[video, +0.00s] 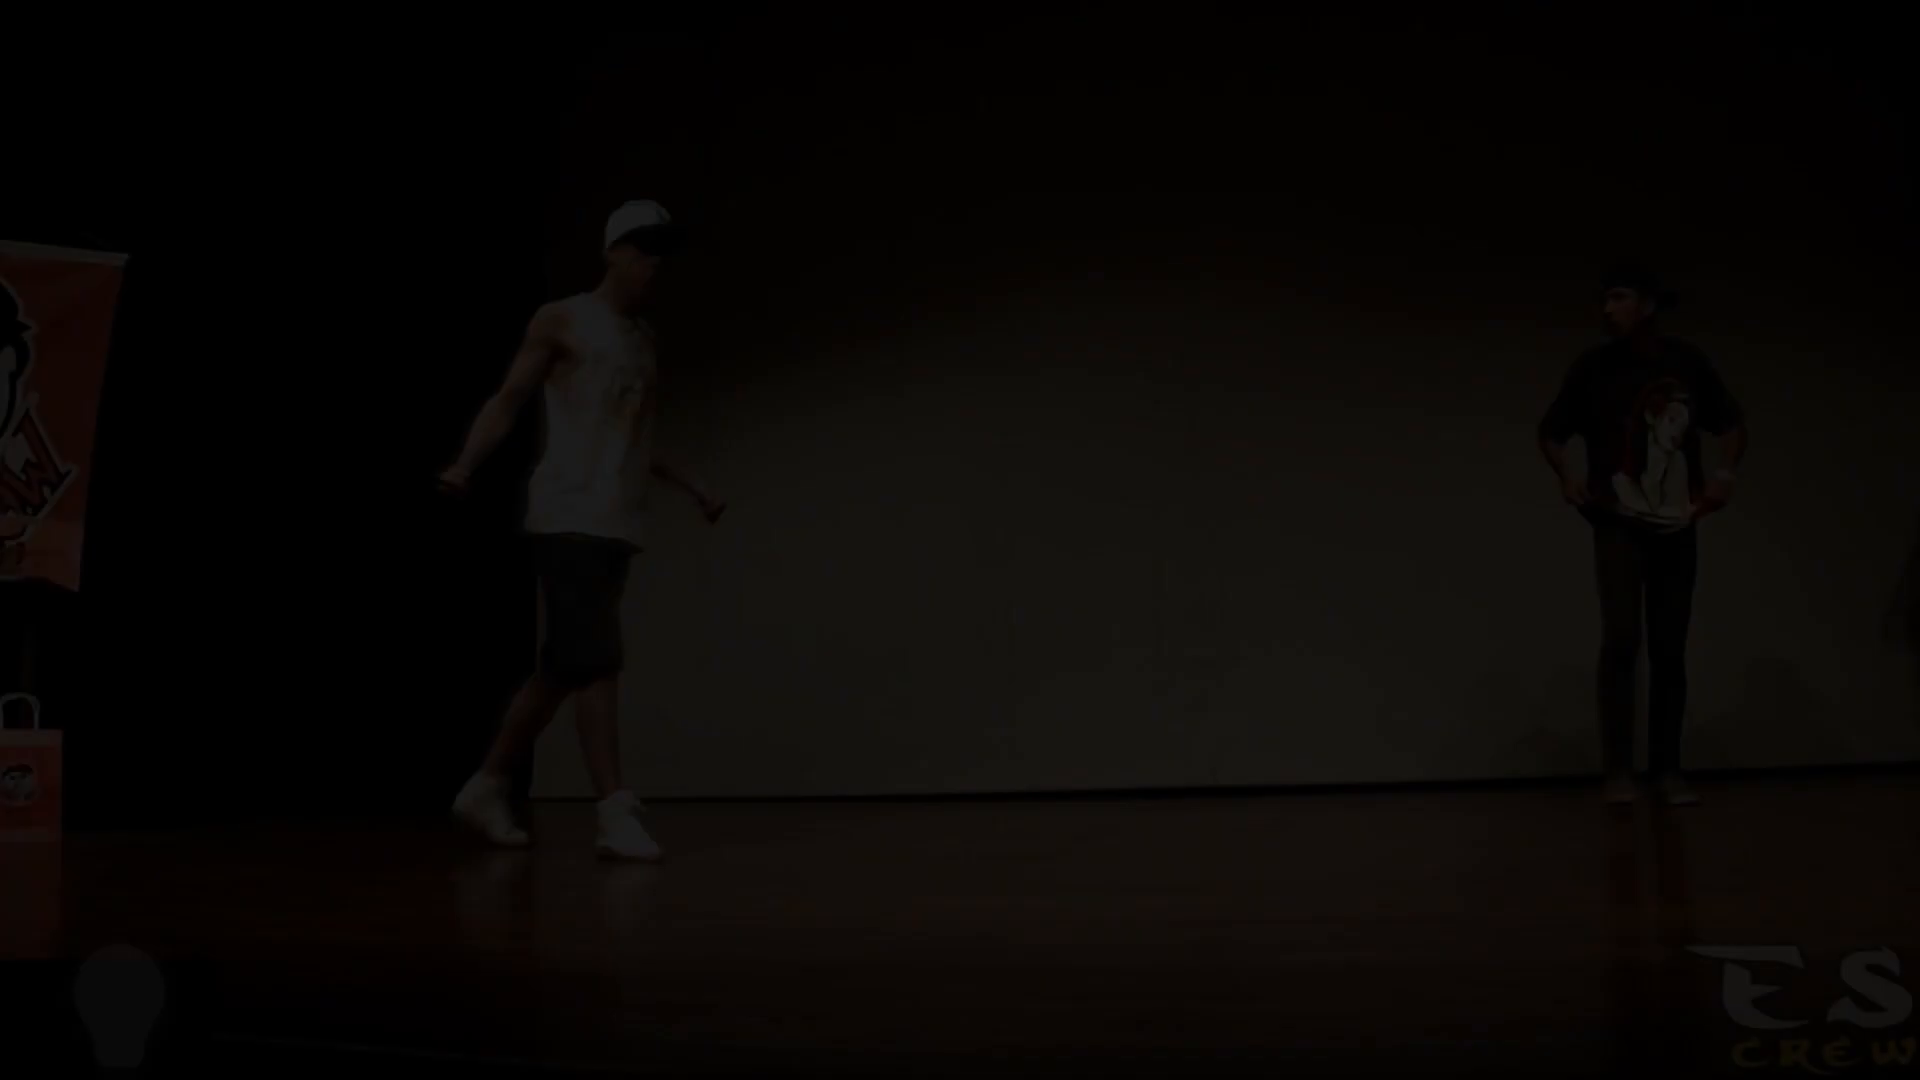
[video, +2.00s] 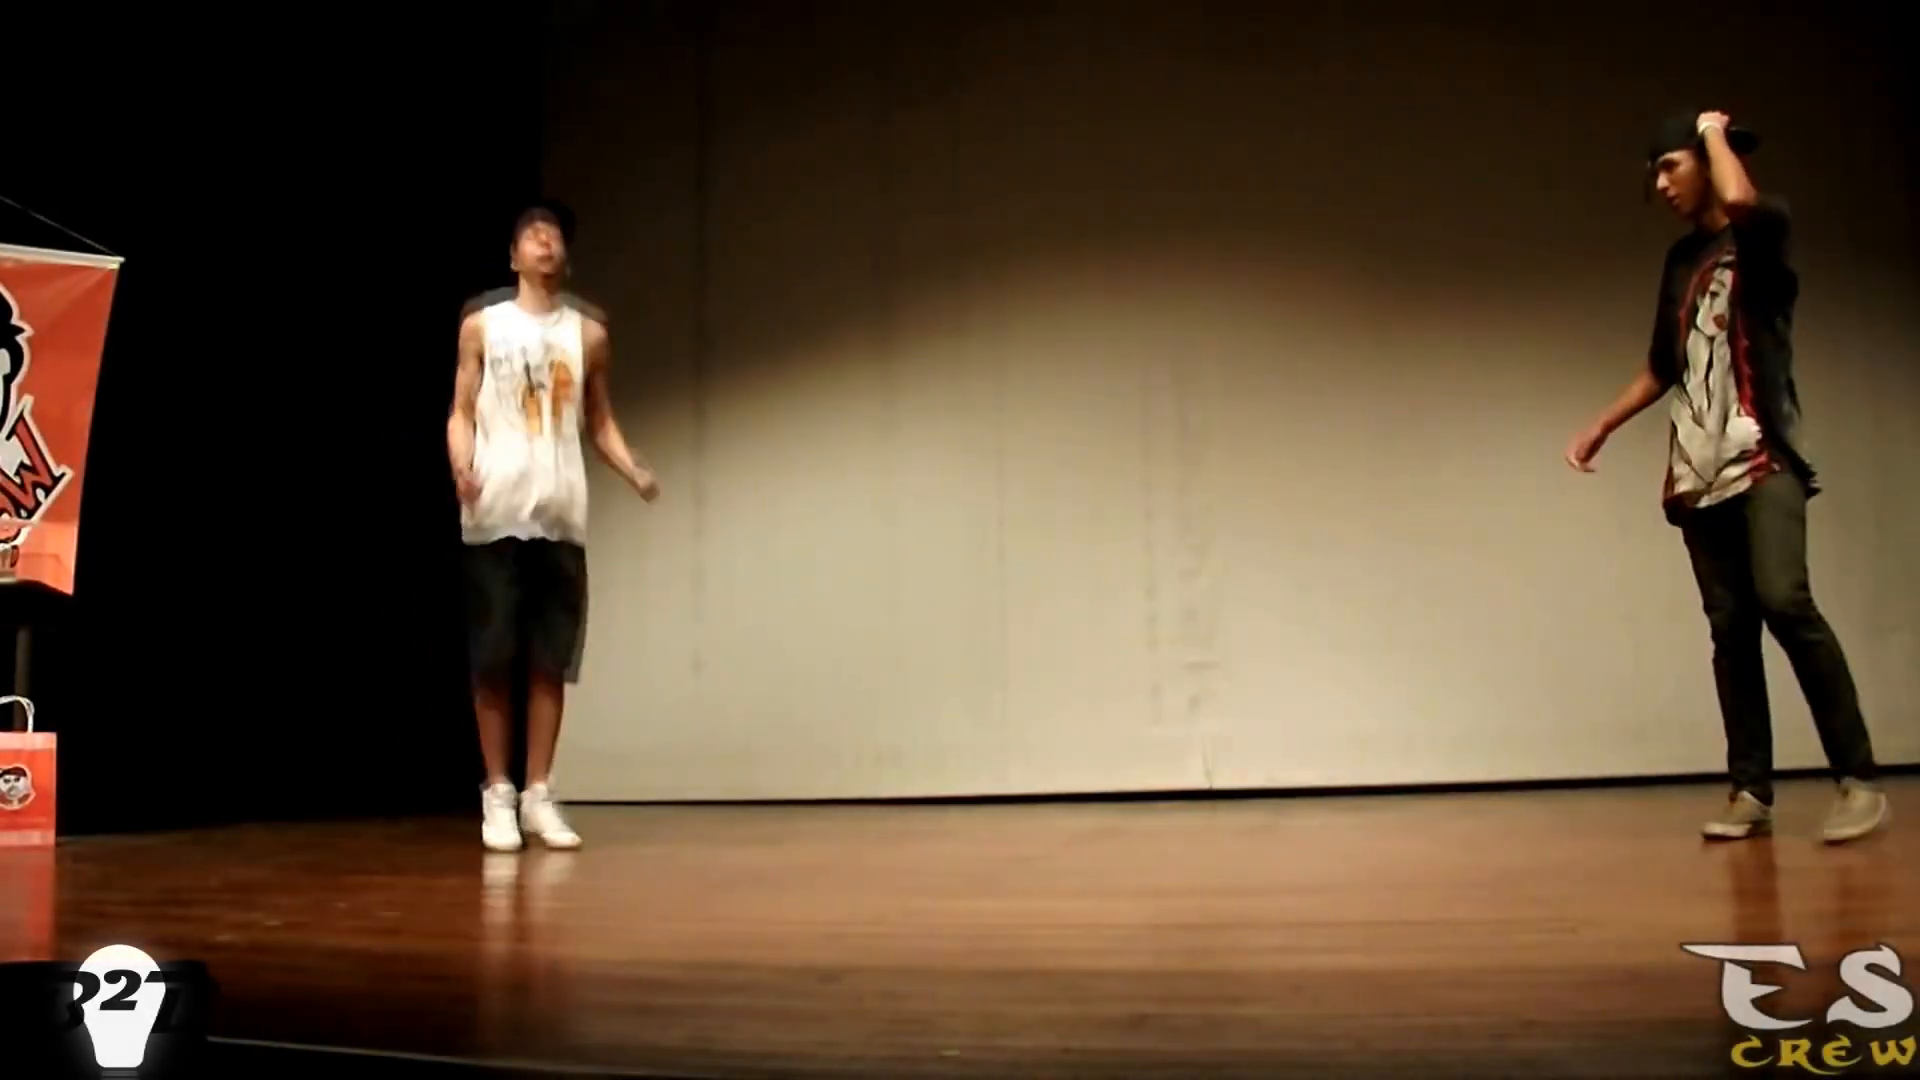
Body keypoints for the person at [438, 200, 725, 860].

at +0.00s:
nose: (651, 267)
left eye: (658, 256)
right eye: (641, 253)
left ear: (658, 264)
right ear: (613, 253)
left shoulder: (639, 339)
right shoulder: (562, 322)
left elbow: (636, 443)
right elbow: (508, 399)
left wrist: (693, 491)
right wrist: (465, 465)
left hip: (613, 522)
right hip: (564, 517)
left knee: (560, 665)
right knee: (596, 665)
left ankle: (486, 788)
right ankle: (614, 810)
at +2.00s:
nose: (545, 245)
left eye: (554, 236)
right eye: (534, 236)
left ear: (566, 253)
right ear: (514, 251)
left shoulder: (589, 332)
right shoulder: (481, 325)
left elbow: (600, 420)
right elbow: (462, 410)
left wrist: (633, 470)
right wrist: (463, 465)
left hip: (560, 520)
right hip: (492, 519)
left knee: (551, 666)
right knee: (493, 665)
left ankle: (538, 797)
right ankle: (498, 796)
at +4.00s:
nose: (900, 330)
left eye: (906, 320)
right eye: (894, 315)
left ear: (897, 321)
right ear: (862, 305)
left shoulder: (876, 379)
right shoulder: (795, 362)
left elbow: (877, 474)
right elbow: (797, 454)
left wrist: (881, 424)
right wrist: (865, 428)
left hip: (863, 552)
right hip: (802, 556)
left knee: (900, 676)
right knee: (805, 689)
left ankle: (944, 805)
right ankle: (785, 796)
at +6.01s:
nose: (539, 336)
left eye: (546, 326)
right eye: (538, 319)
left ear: (528, 316)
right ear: (511, 298)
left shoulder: (497, 372)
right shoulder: (432, 331)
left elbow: (481, 455)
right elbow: (363, 397)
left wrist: (538, 457)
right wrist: (356, 443)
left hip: (458, 554)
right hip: (394, 544)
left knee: (448, 681)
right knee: (353, 678)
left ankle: (420, 801)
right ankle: (292, 806)